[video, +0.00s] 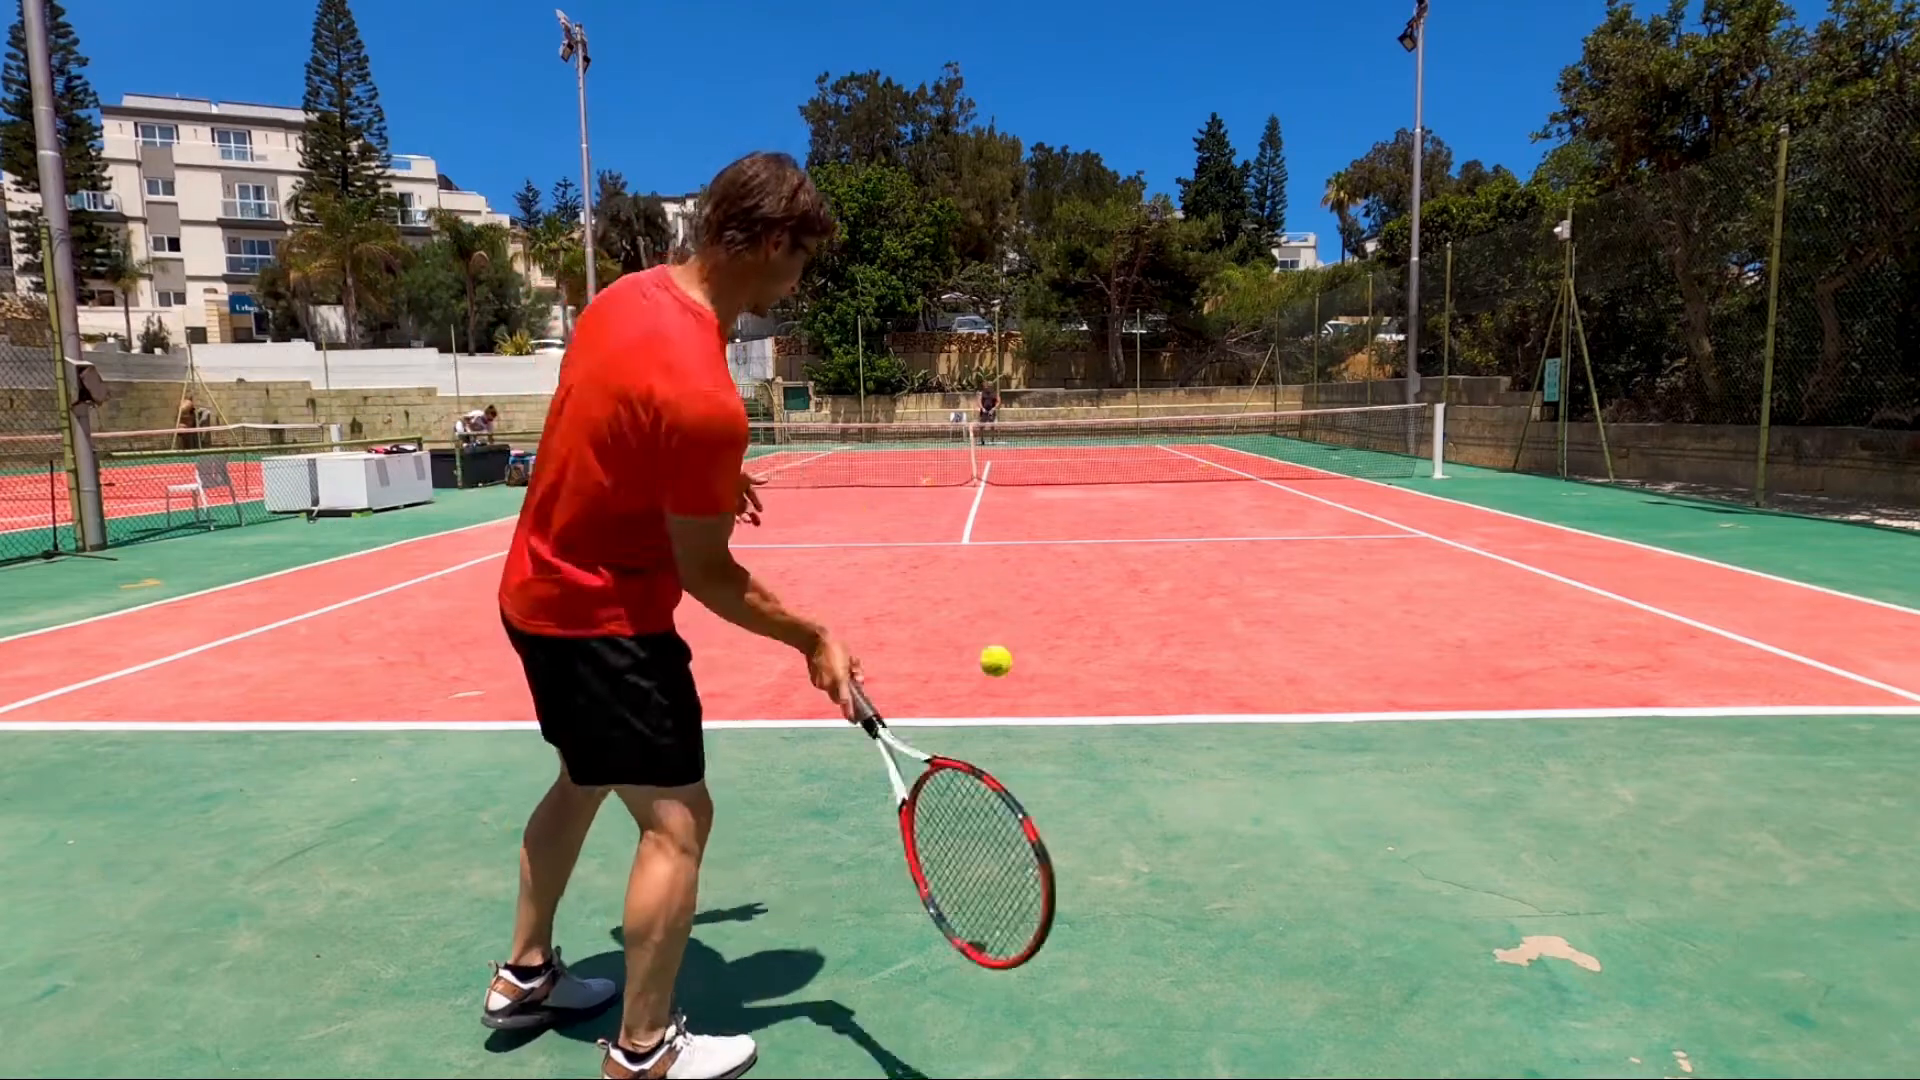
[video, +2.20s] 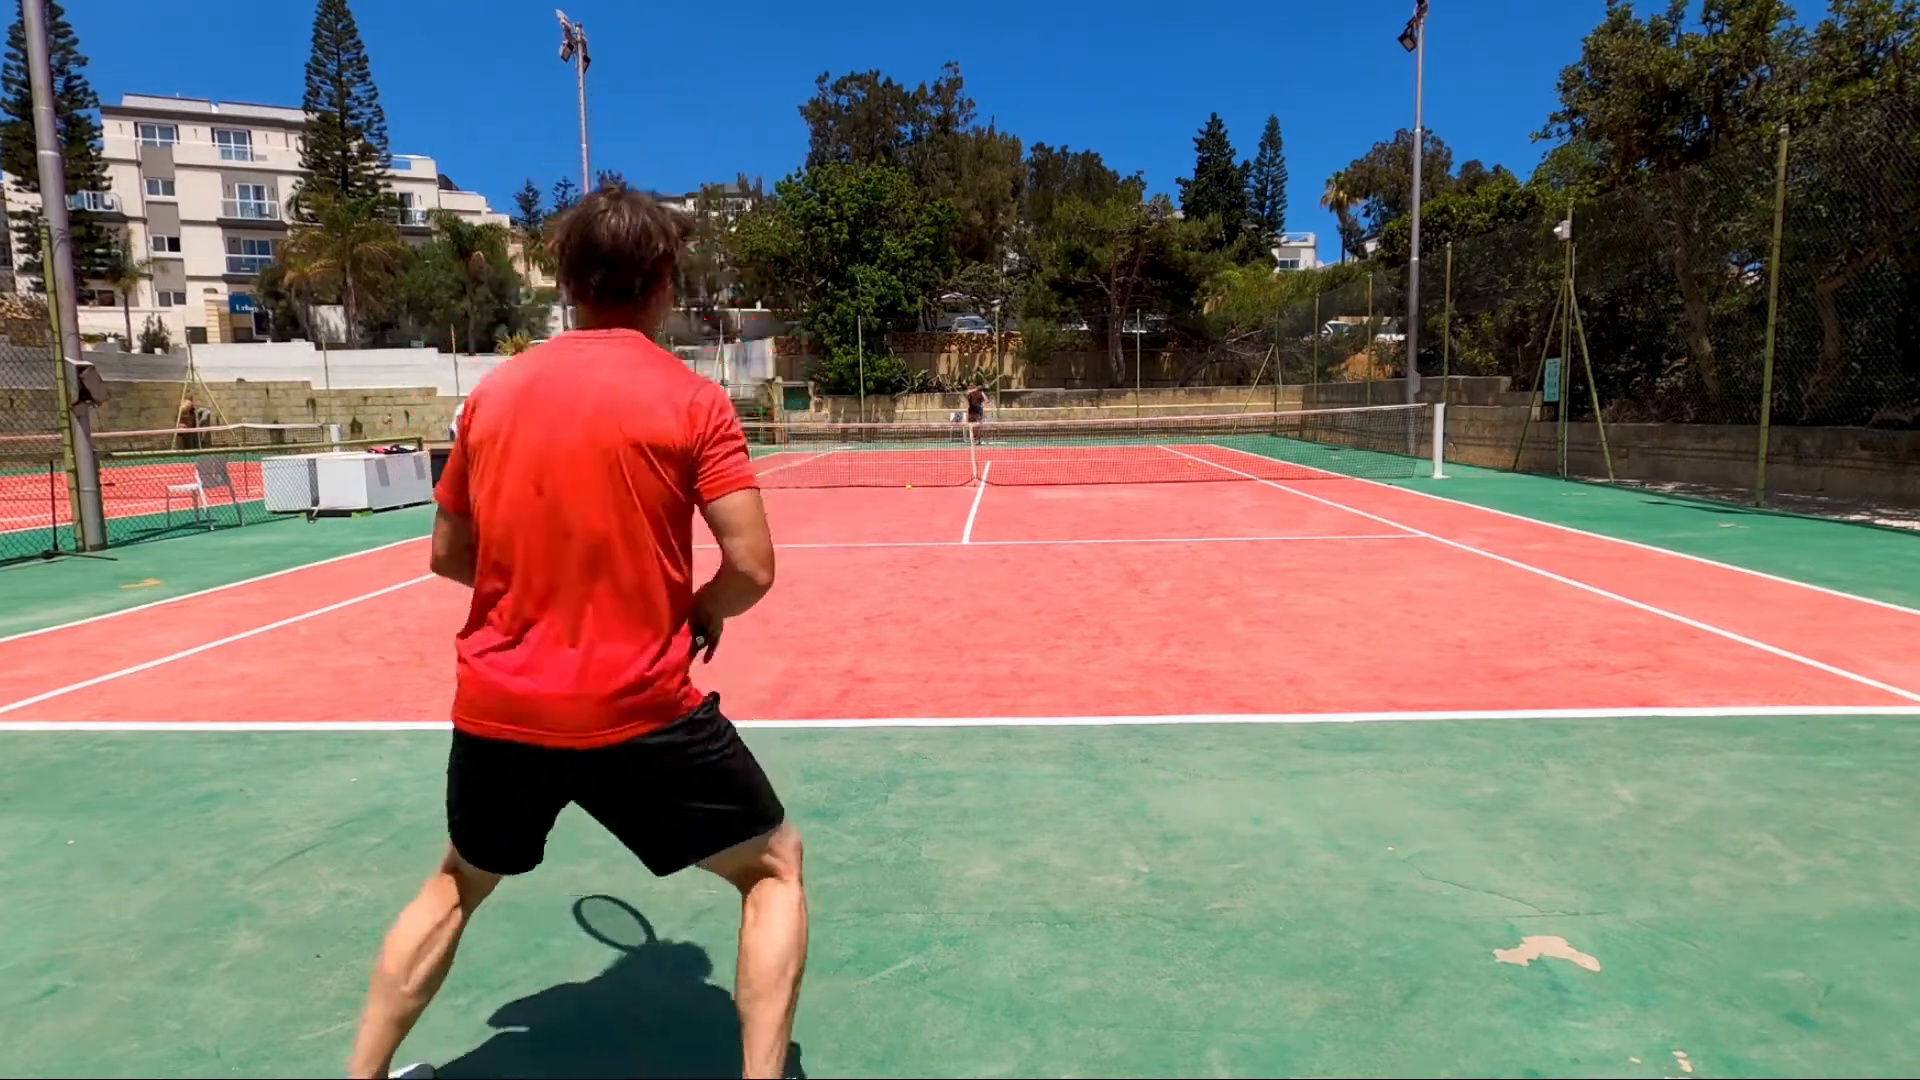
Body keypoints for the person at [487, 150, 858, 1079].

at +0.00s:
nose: (796, 284)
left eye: (803, 266)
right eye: (798, 262)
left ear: (719, 231)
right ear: (761, 247)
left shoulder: (625, 298)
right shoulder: (703, 400)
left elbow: (600, 431)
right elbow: (705, 571)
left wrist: (705, 478)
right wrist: (810, 638)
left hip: (542, 590)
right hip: (609, 619)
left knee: (583, 776)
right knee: (676, 819)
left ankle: (526, 971)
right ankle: (644, 1044)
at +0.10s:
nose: (803, 270)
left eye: (811, 251)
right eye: (806, 248)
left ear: (715, 218)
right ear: (773, 238)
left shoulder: (603, 290)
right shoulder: (747, 391)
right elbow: (758, 542)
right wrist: (811, 530)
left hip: (531, 596)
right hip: (628, 623)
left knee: (571, 774)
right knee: (684, 821)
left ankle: (524, 961)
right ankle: (645, 1043)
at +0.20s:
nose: (804, 248)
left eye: (807, 230)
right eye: (803, 230)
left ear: (708, 210)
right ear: (783, 231)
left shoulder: (601, 281)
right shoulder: (776, 373)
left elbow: (518, 388)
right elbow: (780, 495)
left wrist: (611, 423)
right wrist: (795, 399)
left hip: (536, 595)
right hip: (646, 621)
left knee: (555, 772)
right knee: (685, 825)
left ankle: (514, 966)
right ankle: (646, 1043)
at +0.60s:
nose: (729, 207)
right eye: (733, 195)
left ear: (639, 193)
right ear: (732, 206)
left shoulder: (553, 291)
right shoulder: (756, 342)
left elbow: (459, 427)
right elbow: (761, 479)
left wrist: (544, 449)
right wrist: (679, 432)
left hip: (539, 613)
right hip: (666, 631)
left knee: (525, 821)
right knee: (673, 837)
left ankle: (508, 1033)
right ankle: (645, 1045)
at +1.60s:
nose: (598, 242)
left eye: (598, 229)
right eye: (685, 231)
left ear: (598, 240)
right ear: (694, 243)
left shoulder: (545, 353)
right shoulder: (750, 356)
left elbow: (486, 513)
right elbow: (804, 513)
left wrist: (574, 528)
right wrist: (724, 553)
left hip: (587, 649)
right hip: (717, 646)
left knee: (573, 824)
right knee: (765, 841)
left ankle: (585, 1047)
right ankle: (770, 1058)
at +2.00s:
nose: (688, 166)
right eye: (687, 153)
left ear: (584, 160)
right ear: (684, 161)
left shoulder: (514, 276)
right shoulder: (734, 277)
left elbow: (460, 436)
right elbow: (801, 437)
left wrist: (552, 468)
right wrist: (723, 494)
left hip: (546, 586)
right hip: (687, 587)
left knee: (507, 789)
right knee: (753, 811)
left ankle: (446, 1017)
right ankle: (776, 1050)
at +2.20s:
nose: (676, 287)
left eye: (669, 271)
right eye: (673, 273)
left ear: (568, 283)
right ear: (663, 285)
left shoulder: (498, 389)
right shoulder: (689, 397)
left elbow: (449, 554)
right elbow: (752, 566)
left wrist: (545, 578)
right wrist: (695, 615)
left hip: (498, 708)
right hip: (637, 710)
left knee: (457, 877)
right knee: (769, 865)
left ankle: (362, 1069)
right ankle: (764, 1072)